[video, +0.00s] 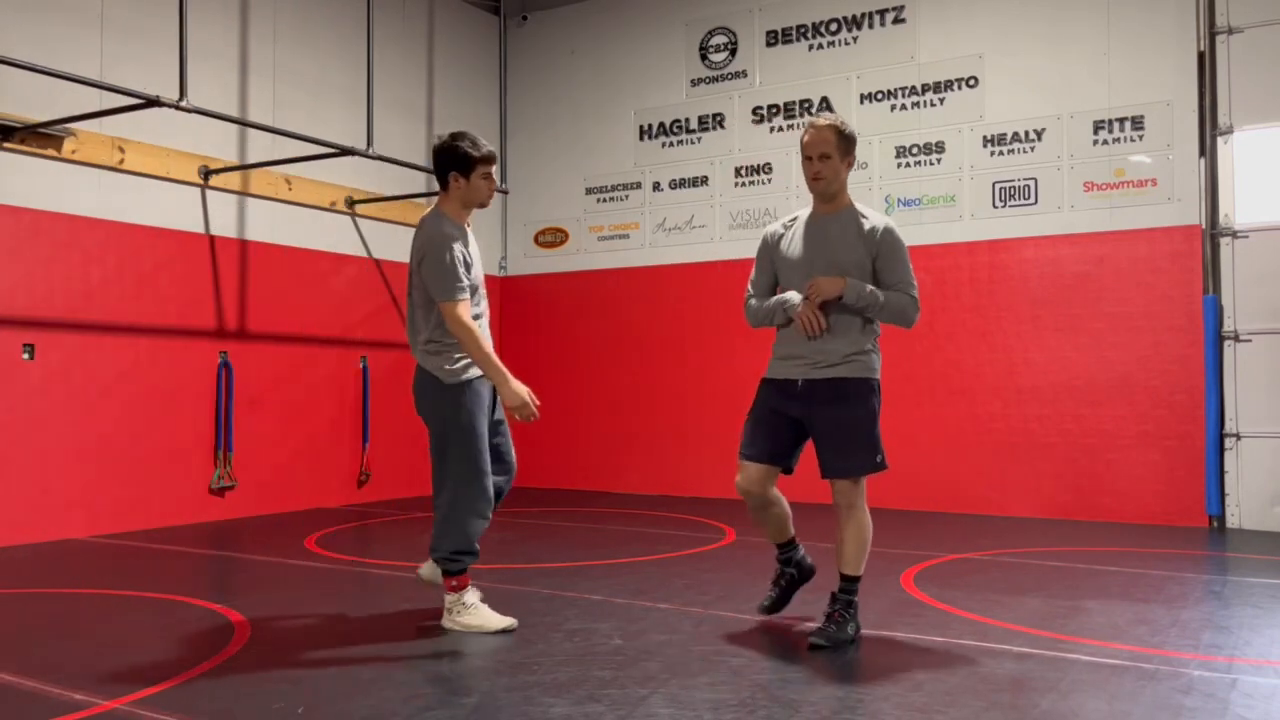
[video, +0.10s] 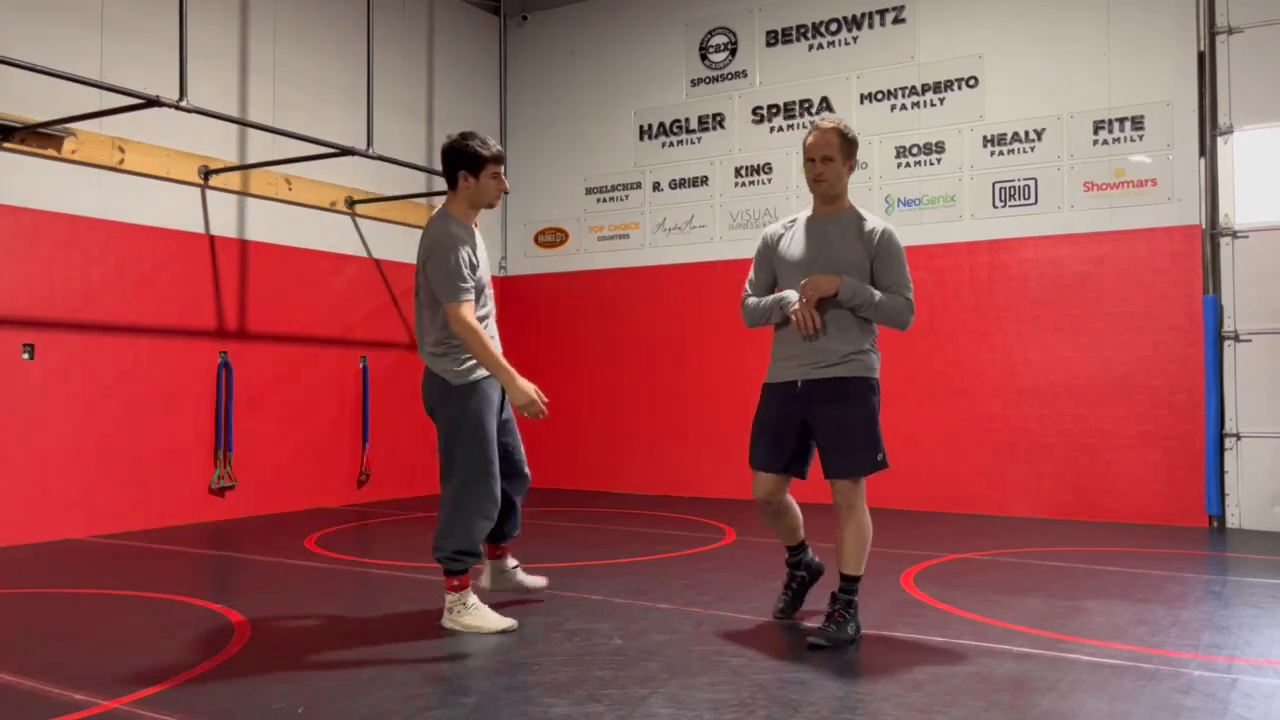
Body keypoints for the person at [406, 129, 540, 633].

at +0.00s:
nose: (496, 184)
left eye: (495, 175)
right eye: (488, 176)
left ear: (458, 182)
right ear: (456, 180)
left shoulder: (456, 228)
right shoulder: (443, 238)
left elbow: (457, 315)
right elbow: (458, 321)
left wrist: (480, 370)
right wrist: (506, 383)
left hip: (472, 376)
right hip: (453, 380)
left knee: (499, 471)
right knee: (464, 481)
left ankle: (445, 557)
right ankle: (458, 596)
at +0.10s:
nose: (504, 184)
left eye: (504, 174)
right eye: (496, 175)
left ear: (469, 181)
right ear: (464, 180)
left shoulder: (466, 229)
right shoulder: (448, 238)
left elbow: (468, 317)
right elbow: (461, 322)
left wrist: (493, 374)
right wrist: (513, 382)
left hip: (484, 377)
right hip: (460, 381)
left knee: (511, 475)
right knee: (471, 484)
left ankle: (498, 566)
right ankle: (457, 599)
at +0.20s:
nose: (511, 186)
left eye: (511, 176)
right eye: (504, 177)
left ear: (478, 179)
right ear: (472, 180)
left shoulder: (470, 228)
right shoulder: (453, 239)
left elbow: (476, 313)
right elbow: (463, 323)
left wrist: (500, 373)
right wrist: (505, 386)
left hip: (488, 375)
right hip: (465, 381)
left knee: (518, 465)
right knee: (478, 483)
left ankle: (539, 551)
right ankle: (459, 597)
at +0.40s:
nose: (521, 185)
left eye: (521, 176)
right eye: (514, 176)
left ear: (488, 180)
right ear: (483, 178)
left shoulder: (484, 228)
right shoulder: (460, 240)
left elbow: (484, 309)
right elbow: (458, 322)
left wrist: (505, 368)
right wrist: (473, 397)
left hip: (507, 375)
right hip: (479, 384)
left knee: (543, 460)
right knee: (483, 488)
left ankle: (560, 547)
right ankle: (461, 596)